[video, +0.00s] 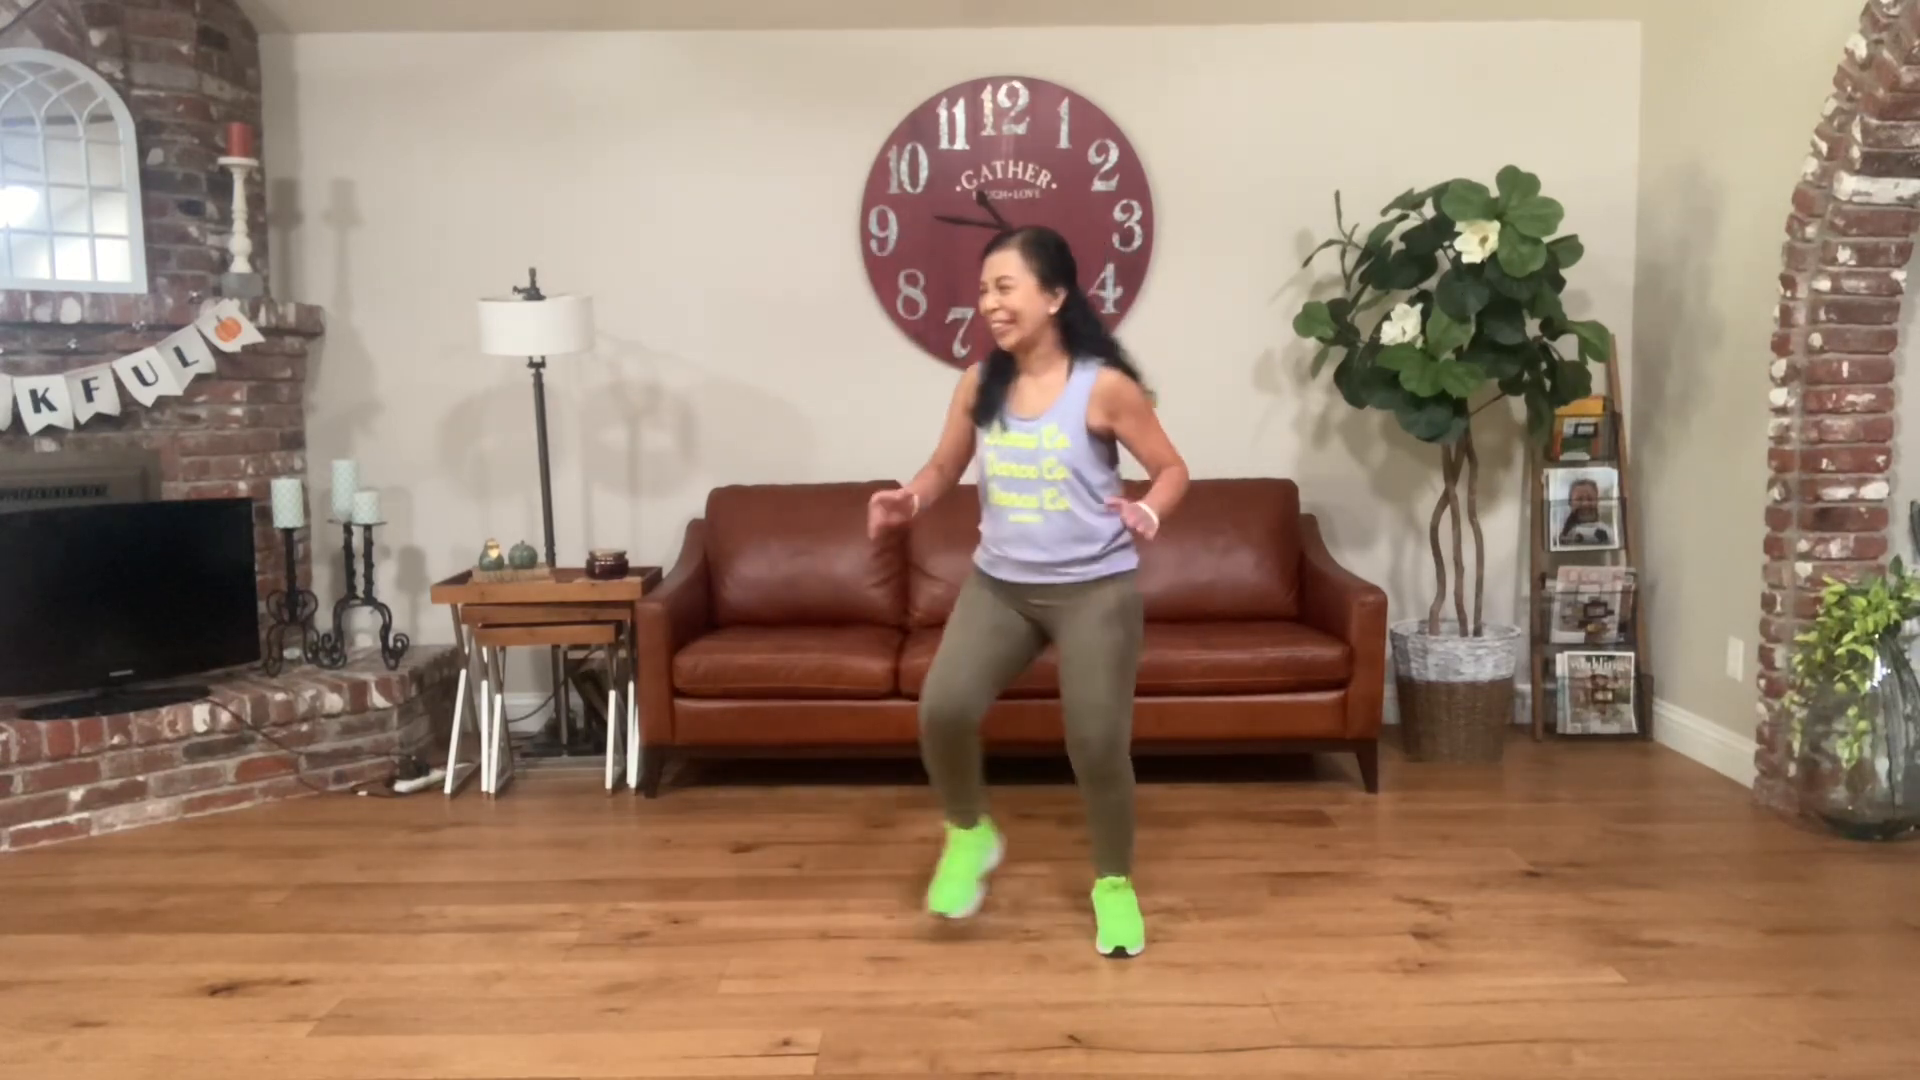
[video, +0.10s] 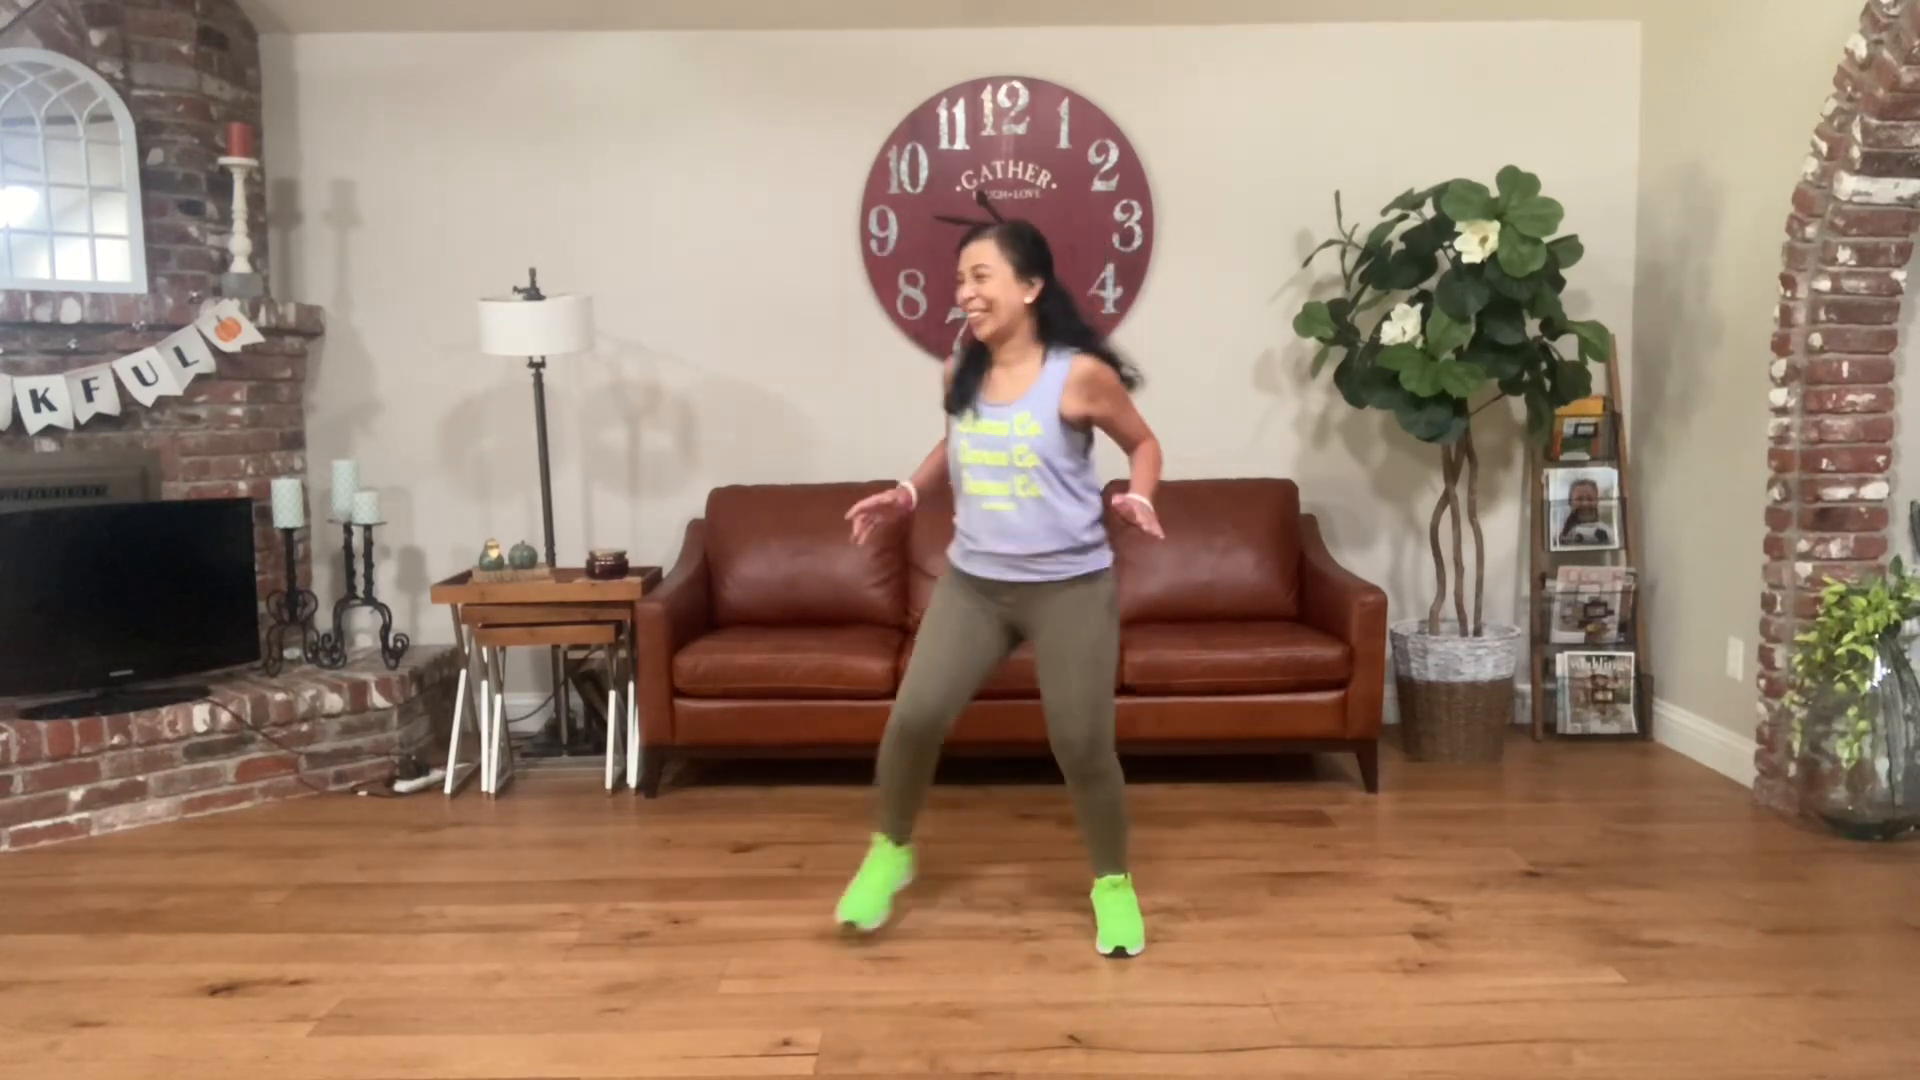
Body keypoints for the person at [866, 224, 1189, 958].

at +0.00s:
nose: (991, 304)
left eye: (1007, 288)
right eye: (985, 291)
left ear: (1055, 297)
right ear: (984, 303)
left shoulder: (1106, 388)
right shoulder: (981, 382)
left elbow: (1172, 470)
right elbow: (943, 467)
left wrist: (1151, 508)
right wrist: (913, 499)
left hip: (1096, 587)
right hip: (1000, 586)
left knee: (1096, 741)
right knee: (944, 709)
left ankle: (1113, 884)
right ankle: (969, 836)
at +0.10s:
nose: (967, 294)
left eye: (982, 278)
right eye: (962, 281)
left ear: (1031, 287)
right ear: (962, 293)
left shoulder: (1082, 376)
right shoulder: (965, 373)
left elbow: (1144, 444)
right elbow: (961, 443)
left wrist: (1140, 492)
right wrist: (909, 491)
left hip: (1071, 584)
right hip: (973, 583)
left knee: (1079, 741)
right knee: (912, 719)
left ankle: (1112, 883)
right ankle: (889, 853)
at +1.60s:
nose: (1011, 287)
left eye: (1025, 272)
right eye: (993, 276)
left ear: (1048, 290)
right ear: (971, 299)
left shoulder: (1083, 371)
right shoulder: (957, 386)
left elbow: (1134, 452)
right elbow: (901, 496)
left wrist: (1167, 425)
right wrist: (885, 457)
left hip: (1075, 584)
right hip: (976, 582)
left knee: (1091, 735)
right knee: (939, 732)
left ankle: (1098, 882)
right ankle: (867, 858)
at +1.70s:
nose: (1029, 293)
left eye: (1043, 278)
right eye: (1011, 281)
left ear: (1066, 296)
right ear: (989, 302)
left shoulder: (1098, 378)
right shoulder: (969, 388)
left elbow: (1160, 468)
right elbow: (937, 500)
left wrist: (1173, 415)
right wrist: (940, 428)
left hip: (1091, 584)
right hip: (992, 585)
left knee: (1100, 734)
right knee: (978, 723)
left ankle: (1099, 882)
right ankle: (930, 836)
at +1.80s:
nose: (1036, 289)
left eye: (1050, 274)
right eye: (1019, 276)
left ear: (1074, 293)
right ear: (997, 297)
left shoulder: (1105, 373)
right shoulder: (975, 379)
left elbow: (1146, 485)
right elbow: (971, 486)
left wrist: (1132, 420)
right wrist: (992, 415)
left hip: (1099, 579)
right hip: (1004, 582)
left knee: (1106, 728)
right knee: (1027, 724)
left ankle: (1100, 881)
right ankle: (996, 843)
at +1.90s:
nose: (1037, 288)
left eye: (1052, 272)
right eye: (1020, 275)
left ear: (1075, 289)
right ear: (1000, 294)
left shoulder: (1106, 370)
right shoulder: (975, 375)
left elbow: (1123, 477)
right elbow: (984, 475)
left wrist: (1074, 442)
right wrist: (1042, 424)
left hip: (1106, 576)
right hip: (1012, 588)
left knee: (1111, 732)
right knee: (1055, 739)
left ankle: (1101, 879)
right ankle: (1047, 871)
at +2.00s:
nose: (1031, 292)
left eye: (1047, 276)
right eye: (1016, 278)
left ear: (1074, 288)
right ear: (998, 292)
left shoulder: (1106, 368)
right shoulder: (973, 371)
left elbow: (1131, 476)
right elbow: (960, 471)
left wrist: (1079, 455)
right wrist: (1018, 447)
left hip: (1107, 575)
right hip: (1010, 585)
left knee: (1108, 728)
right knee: (1039, 737)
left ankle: (1101, 879)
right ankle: (1042, 871)